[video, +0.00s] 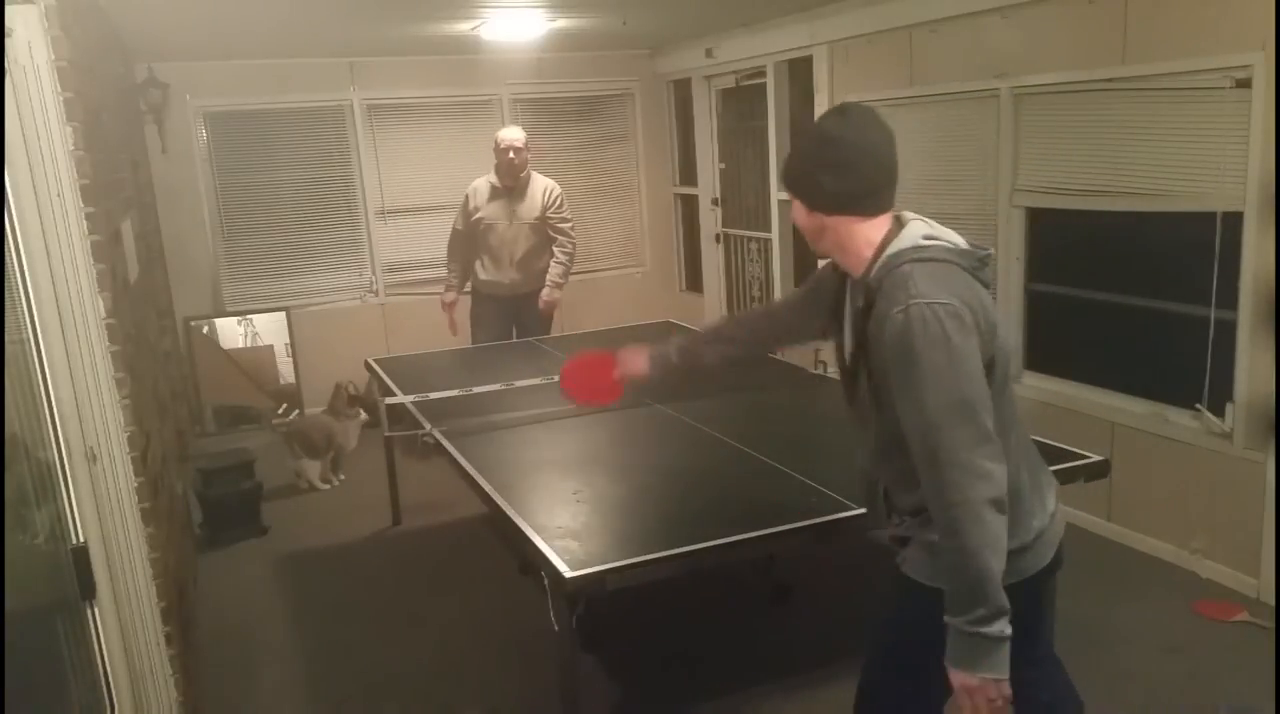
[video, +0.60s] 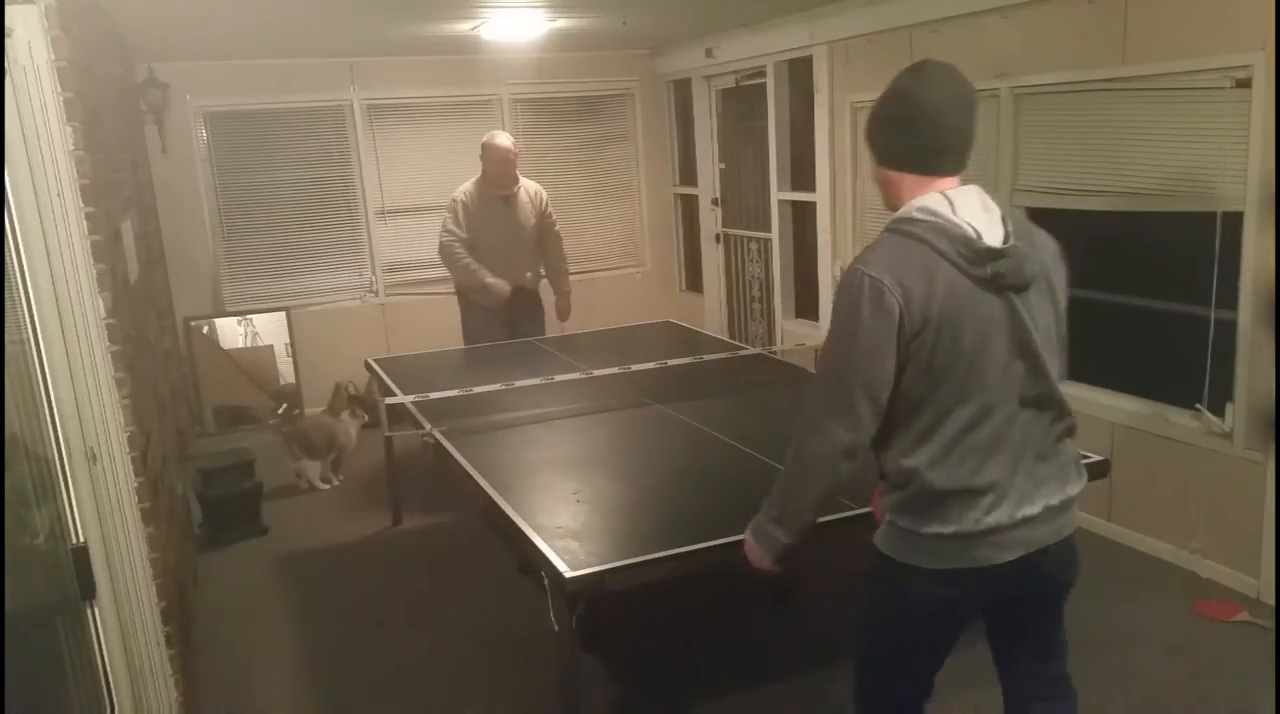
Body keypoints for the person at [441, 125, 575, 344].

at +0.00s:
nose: (511, 156)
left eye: (518, 150)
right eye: (504, 150)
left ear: (528, 152)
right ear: (495, 153)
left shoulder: (549, 192)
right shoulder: (477, 192)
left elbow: (564, 243)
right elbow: (460, 243)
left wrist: (553, 287)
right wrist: (453, 287)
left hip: (534, 298)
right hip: (488, 299)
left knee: (534, 367)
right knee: (487, 368)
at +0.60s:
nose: (502, 169)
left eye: (507, 162)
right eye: (495, 163)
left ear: (516, 158)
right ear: (482, 161)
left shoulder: (535, 194)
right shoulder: (464, 199)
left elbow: (552, 246)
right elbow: (449, 248)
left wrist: (563, 292)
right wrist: (487, 281)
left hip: (526, 299)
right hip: (481, 303)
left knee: (533, 371)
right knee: (488, 374)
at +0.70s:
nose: (507, 175)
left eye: (512, 167)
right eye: (499, 168)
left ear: (518, 162)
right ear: (484, 163)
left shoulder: (532, 195)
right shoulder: (467, 198)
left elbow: (550, 245)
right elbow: (461, 242)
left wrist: (560, 291)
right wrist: (509, 255)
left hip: (523, 299)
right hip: (478, 302)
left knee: (533, 370)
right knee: (486, 375)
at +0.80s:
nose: (509, 172)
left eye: (513, 164)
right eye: (501, 164)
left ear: (519, 162)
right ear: (485, 161)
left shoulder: (532, 195)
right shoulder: (469, 193)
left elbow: (546, 245)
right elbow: (455, 231)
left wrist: (556, 289)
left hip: (521, 296)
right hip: (476, 298)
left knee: (530, 366)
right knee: (484, 369)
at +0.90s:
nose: (514, 165)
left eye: (516, 158)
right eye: (506, 160)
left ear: (519, 157)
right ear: (489, 160)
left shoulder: (532, 194)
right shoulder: (469, 192)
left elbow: (546, 247)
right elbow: (440, 221)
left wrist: (554, 290)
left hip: (521, 296)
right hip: (477, 299)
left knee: (531, 364)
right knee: (485, 369)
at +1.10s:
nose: (513, 163)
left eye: (517, 155)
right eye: (505, 157)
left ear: (523, 155)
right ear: (489, 156)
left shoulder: (536, 194)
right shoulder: (467, 193)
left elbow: (548, 250)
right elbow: (427, 227)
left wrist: (554, 293)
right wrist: (461, 218)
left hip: (527, 299)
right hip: (482, 302)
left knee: (536, 369)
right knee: (489, 375)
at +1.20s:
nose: (513, 163)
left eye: (518, 154)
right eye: (505, 156)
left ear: (523, 154)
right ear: (489, 156)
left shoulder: (539, 194)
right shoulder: (469, 195)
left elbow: (552, 250)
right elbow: (434, 232)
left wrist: (558, 293)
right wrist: (456, 246)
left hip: (529, 301)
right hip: (485, 305)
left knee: (536, 371)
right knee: (490, 375)